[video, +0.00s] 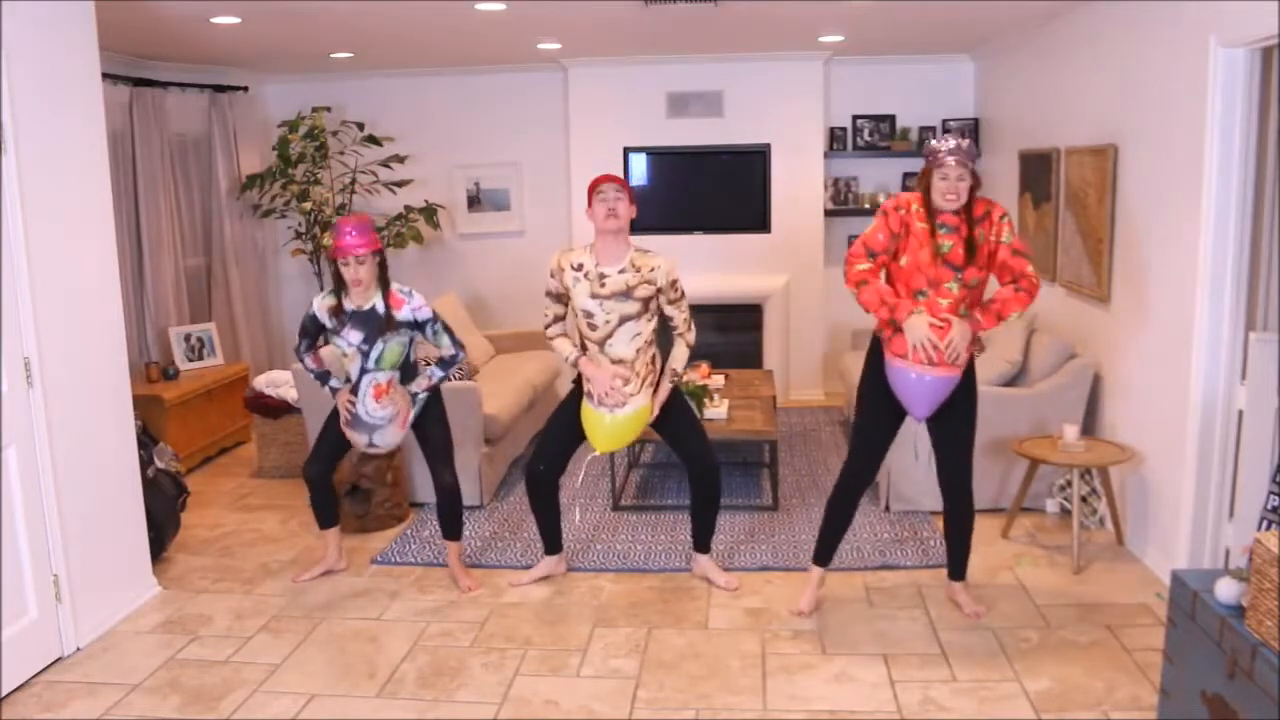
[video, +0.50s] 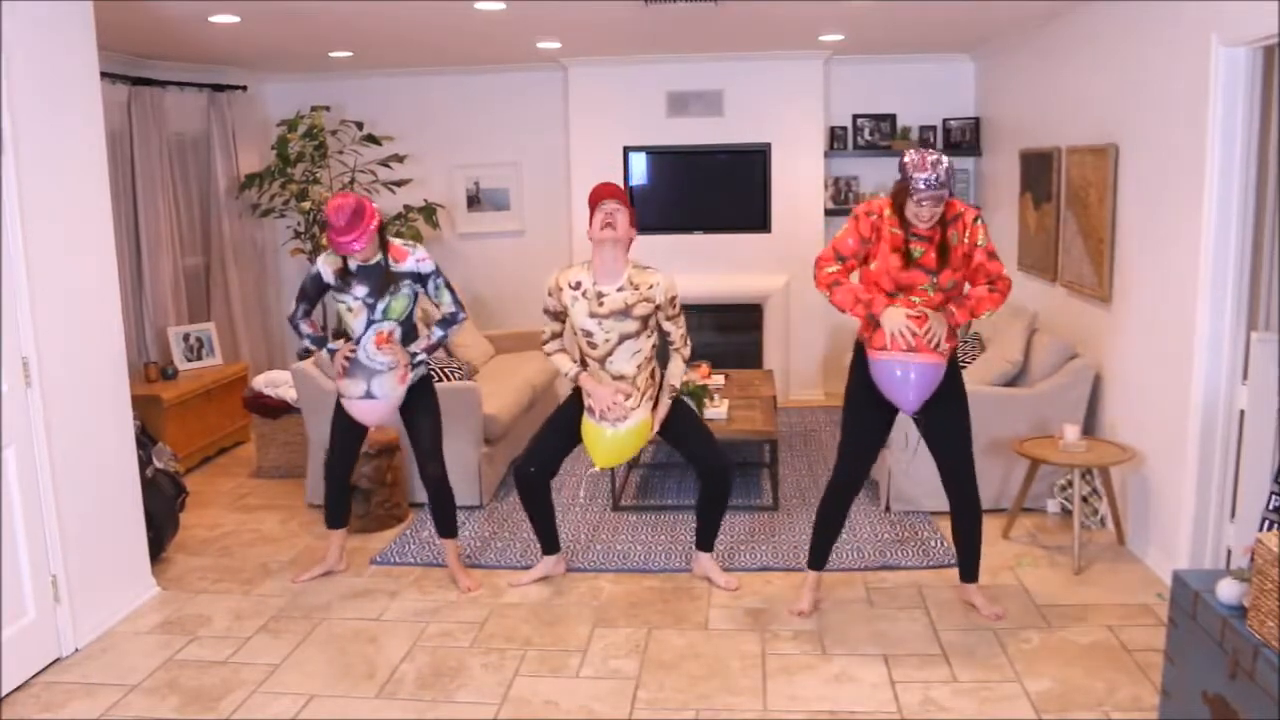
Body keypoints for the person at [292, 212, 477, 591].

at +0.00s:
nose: (354, 271)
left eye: (362, 261)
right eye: (346, 264)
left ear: (378, 259)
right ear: (337, 265)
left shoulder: (406, 302)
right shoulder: (326, 307)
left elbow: (453, 353)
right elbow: (303, 348)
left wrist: (413, 392)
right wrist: (336, 387)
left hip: (415, 391)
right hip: (356, 396)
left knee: (445, 475)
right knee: (316, 470)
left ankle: (455, 559)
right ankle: (333, 554)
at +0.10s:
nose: (357, 266)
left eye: (363, 256)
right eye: (348, 260)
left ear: (377, 247)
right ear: (337, 258)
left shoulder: (407, 287)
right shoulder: (326, 293)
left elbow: (453, 340)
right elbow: (303, 338)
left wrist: (416, 378)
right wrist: (332, 376)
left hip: (413, 386)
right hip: (356, 391)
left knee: (441, 471)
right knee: (319, 468)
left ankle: (454, 560)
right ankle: (333, 555)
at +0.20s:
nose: (358, 258)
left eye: (363, 248)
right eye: (348, 252)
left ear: (378, 234)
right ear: (337, 248)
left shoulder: (412, 272)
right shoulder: (327, 277)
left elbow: (452, 328)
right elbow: (303, 325)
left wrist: (414, 366)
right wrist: (329, 363)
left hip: (411, 381)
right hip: (357, 385)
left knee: (436, 471)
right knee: (327, 467)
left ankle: (454, 561)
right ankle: (334, 554)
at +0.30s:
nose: (357, 255)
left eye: (362, 245)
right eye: (348, 249)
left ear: (377, 229)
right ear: (337, 243)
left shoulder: (413, 264)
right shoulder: (328, 272)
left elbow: (452, 322)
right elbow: (301, 322)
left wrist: (413, 361)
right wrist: (328, 358)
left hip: (410, 380)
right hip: (356, 383)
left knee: (432, 469)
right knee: (333, 466)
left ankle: (454, 560)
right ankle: (334, 554)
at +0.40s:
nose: (353, 251)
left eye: (359, 242)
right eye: (345, 246)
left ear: (376, 226)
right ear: (335, 240)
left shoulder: (413, 259)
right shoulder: (327, 268)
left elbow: (452, 315)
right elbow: (298, 317)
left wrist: (414, 355)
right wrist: (326, 354)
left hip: (410, 377)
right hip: (356, 381)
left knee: (432, 470)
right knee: (337, 467)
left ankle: (454, 561)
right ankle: (334, 555)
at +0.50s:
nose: (353, 253)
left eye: (359, 244)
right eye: (345, 247)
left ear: (376, 227)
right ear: (335, 240)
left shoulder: (412, 259)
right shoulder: (327, 268)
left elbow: (454, 313)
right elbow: (299, 317)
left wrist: (415, 352)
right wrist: (327, 351)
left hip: (410, 377)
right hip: (357, 381)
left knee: (433, 469)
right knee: (337, 467)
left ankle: (454, 562)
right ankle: (334, 555)